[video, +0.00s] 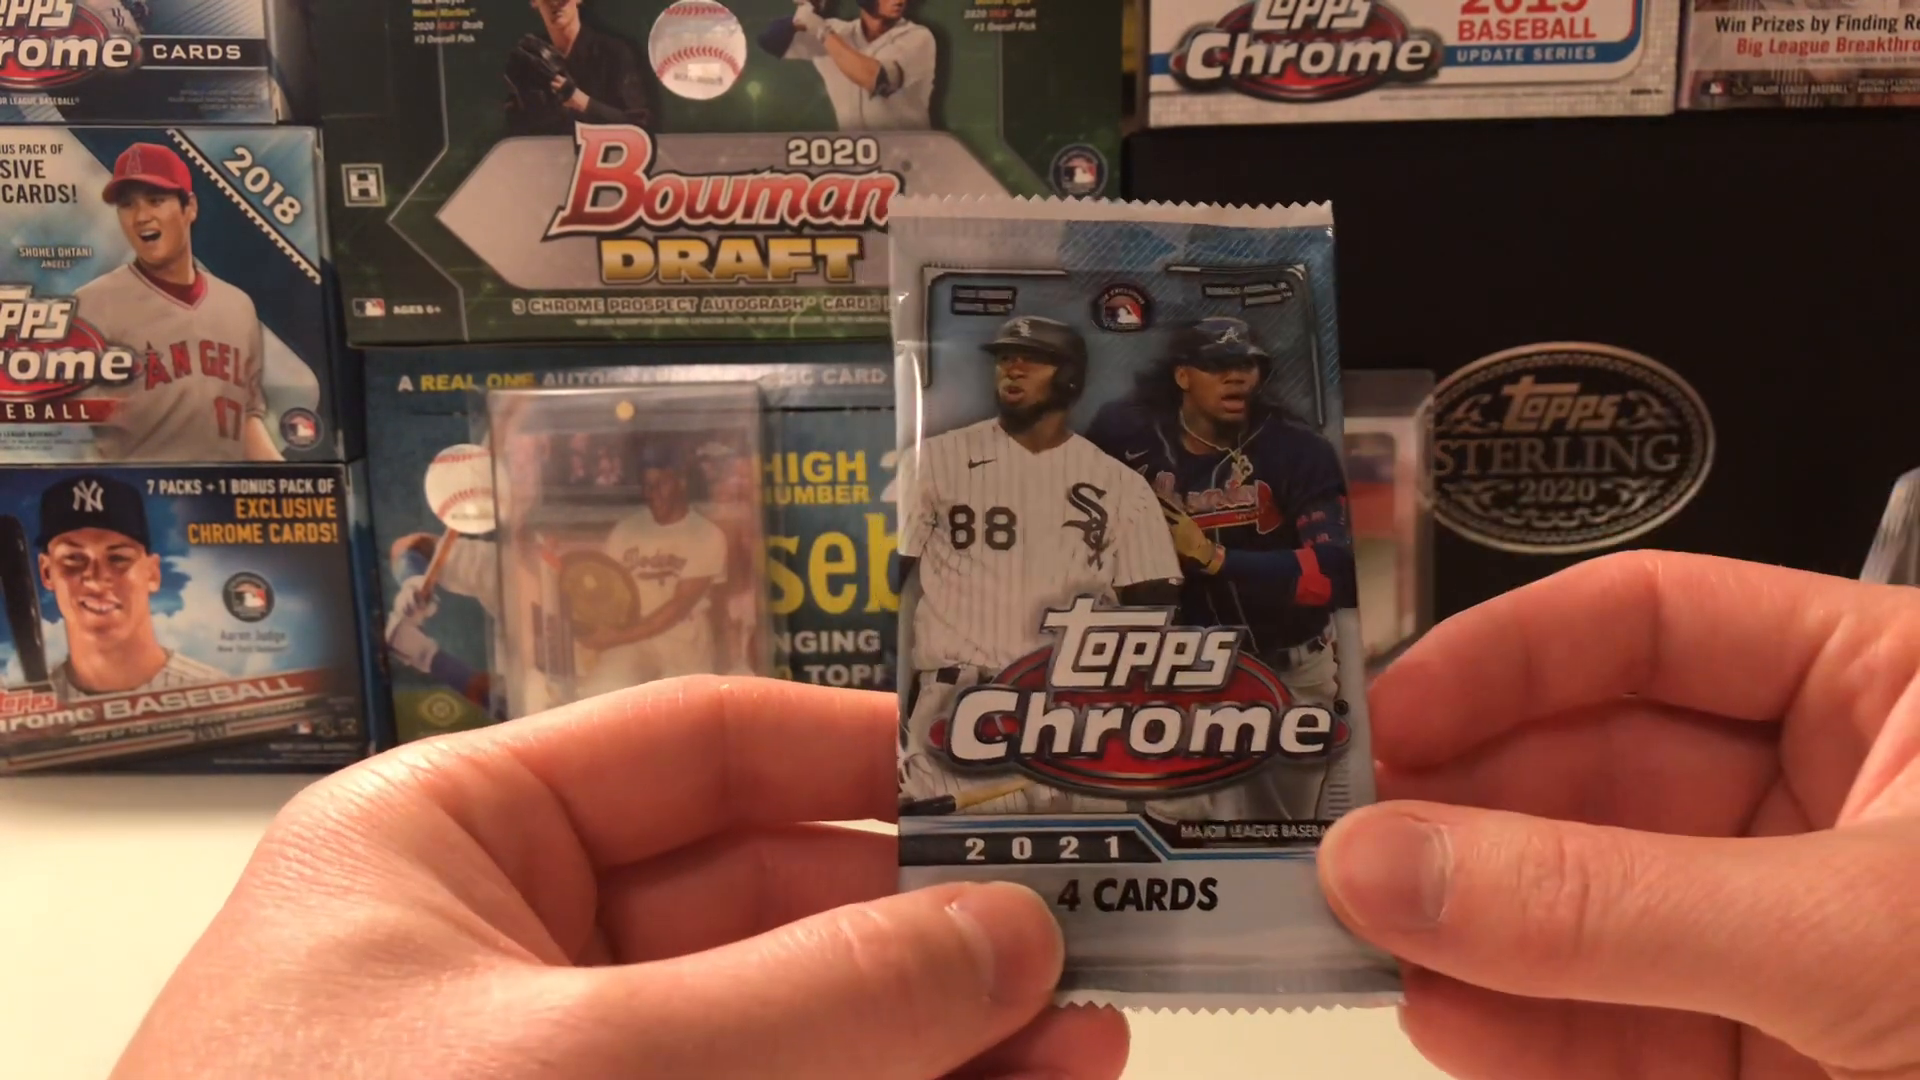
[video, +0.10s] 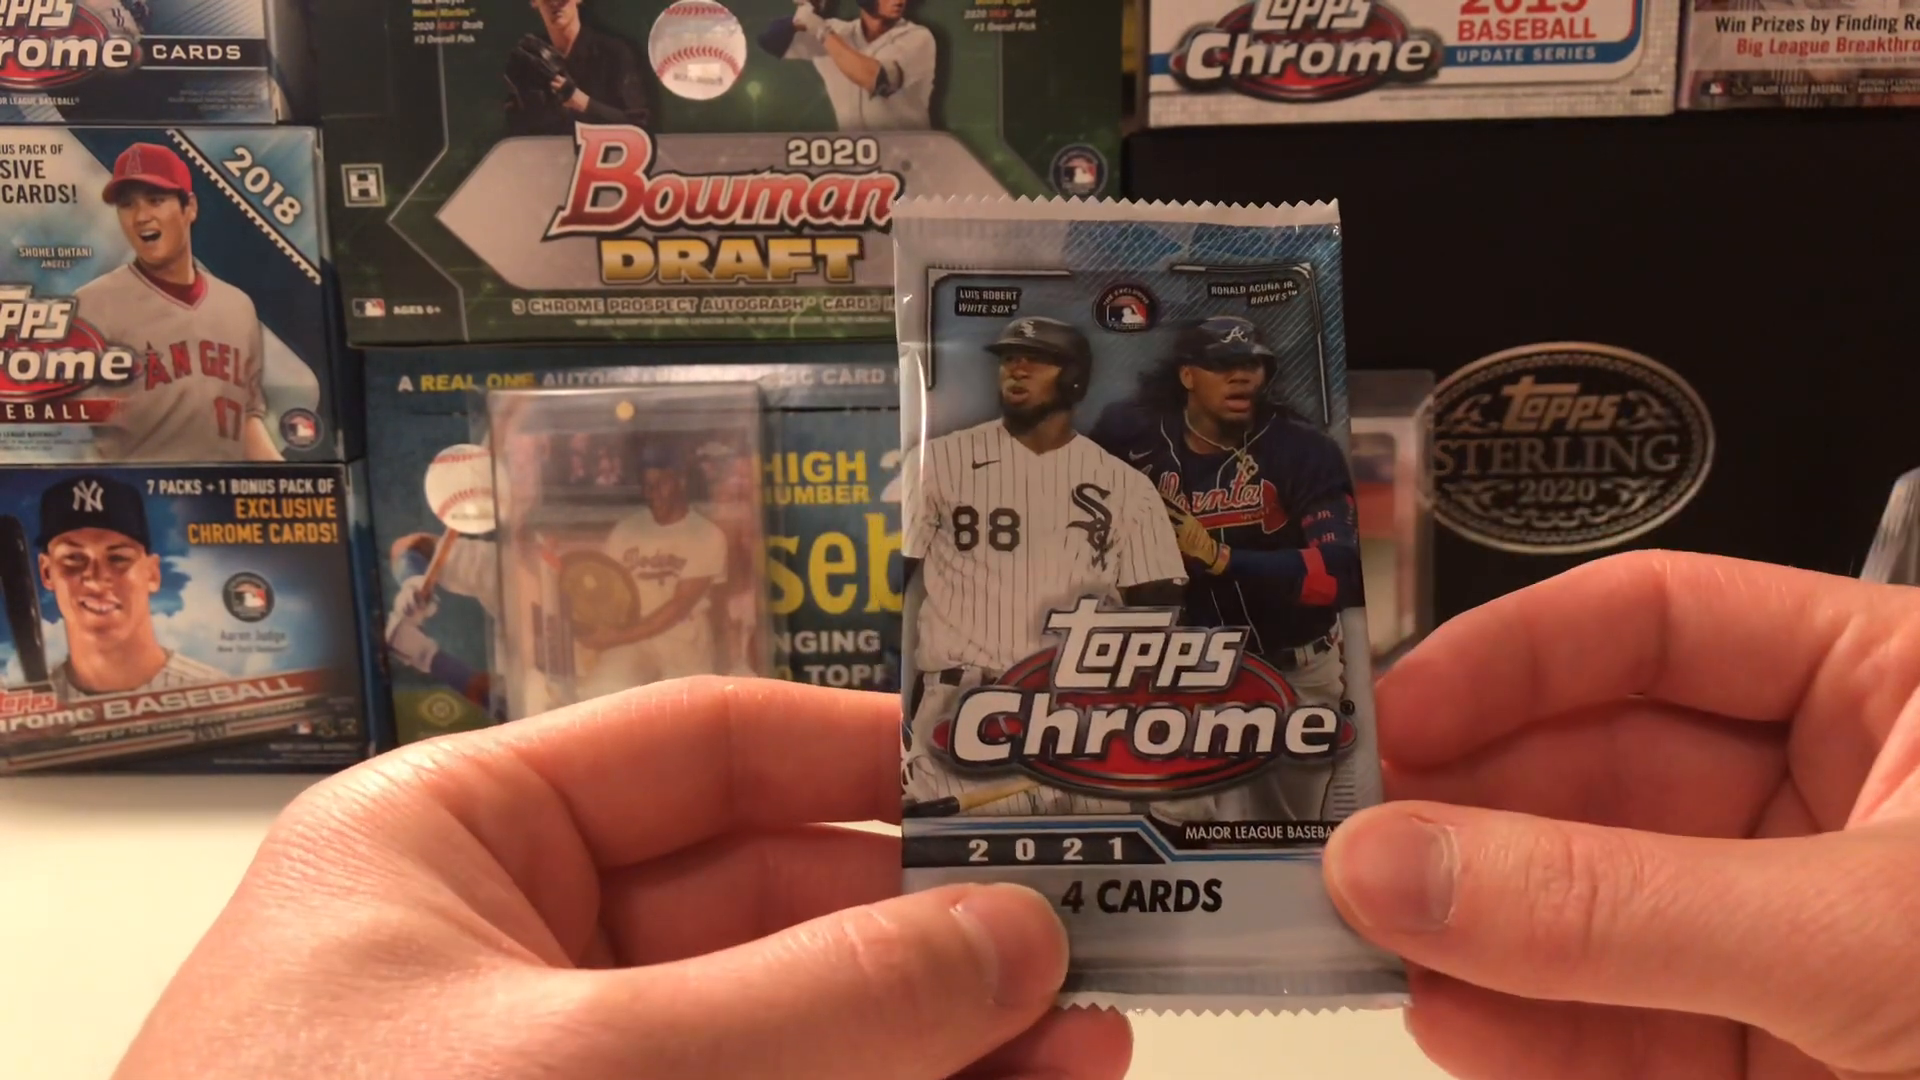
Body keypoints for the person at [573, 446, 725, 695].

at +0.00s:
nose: (653, 494)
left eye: (660, 485)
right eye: (648, 486)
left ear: (681, 484)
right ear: (642, 489)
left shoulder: (707, 536)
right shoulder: (625, 530)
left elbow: (680, 606)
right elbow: (602, 588)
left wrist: (618, 636)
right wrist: (595, 628)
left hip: (683, 644)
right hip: (627, 645)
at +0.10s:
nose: (655, 495)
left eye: (662, 485)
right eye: (649, 487)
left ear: (682, 484)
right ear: (643, 490)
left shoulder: (707, 535)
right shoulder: (624, 531)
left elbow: (681, 606)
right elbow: (602, 589)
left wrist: (618, 636)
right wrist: (595, 628)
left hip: (684, 642)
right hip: (628, 644)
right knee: (599, 696)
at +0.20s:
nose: (654, 494)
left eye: (661, 484)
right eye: (648, 486)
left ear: (681, 483)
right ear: (642, 489)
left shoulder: (707, 536)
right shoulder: (625, 531)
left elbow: (680, 606)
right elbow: (601, 588)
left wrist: (618, 636)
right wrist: (594, 628)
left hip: (684, 642)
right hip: (628, 644)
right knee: (600, 697)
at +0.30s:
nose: (653, 493)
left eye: (661, 484)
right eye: (648, 485)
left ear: (681, 483)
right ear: (642, 489)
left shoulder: (707, 536)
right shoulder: (625, 530)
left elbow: (680, 607)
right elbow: (602, 588)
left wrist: (616, 637)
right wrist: (596, 629)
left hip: (684, 646)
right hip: (629, 646)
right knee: (600, 697)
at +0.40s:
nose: (653, 493)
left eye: (661, 484)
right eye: (648, 486)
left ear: (681, 483)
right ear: (642, 489)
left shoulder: (707, 535)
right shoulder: (625, 529)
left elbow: (680, 607)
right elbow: (602, 588)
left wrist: (616, 637)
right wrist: (596, 628)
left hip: (682, 642)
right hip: (627, 644)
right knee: (601, 699)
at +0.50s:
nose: (653, 493)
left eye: (660, 484)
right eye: (648, 486)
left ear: (681, 484)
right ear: (642, 489)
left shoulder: (707, 536)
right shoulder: (624, 530)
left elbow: (680, 606)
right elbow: (602, 589)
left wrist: (616, 637)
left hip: (683, 644)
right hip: (628, 644)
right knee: (600, 698)